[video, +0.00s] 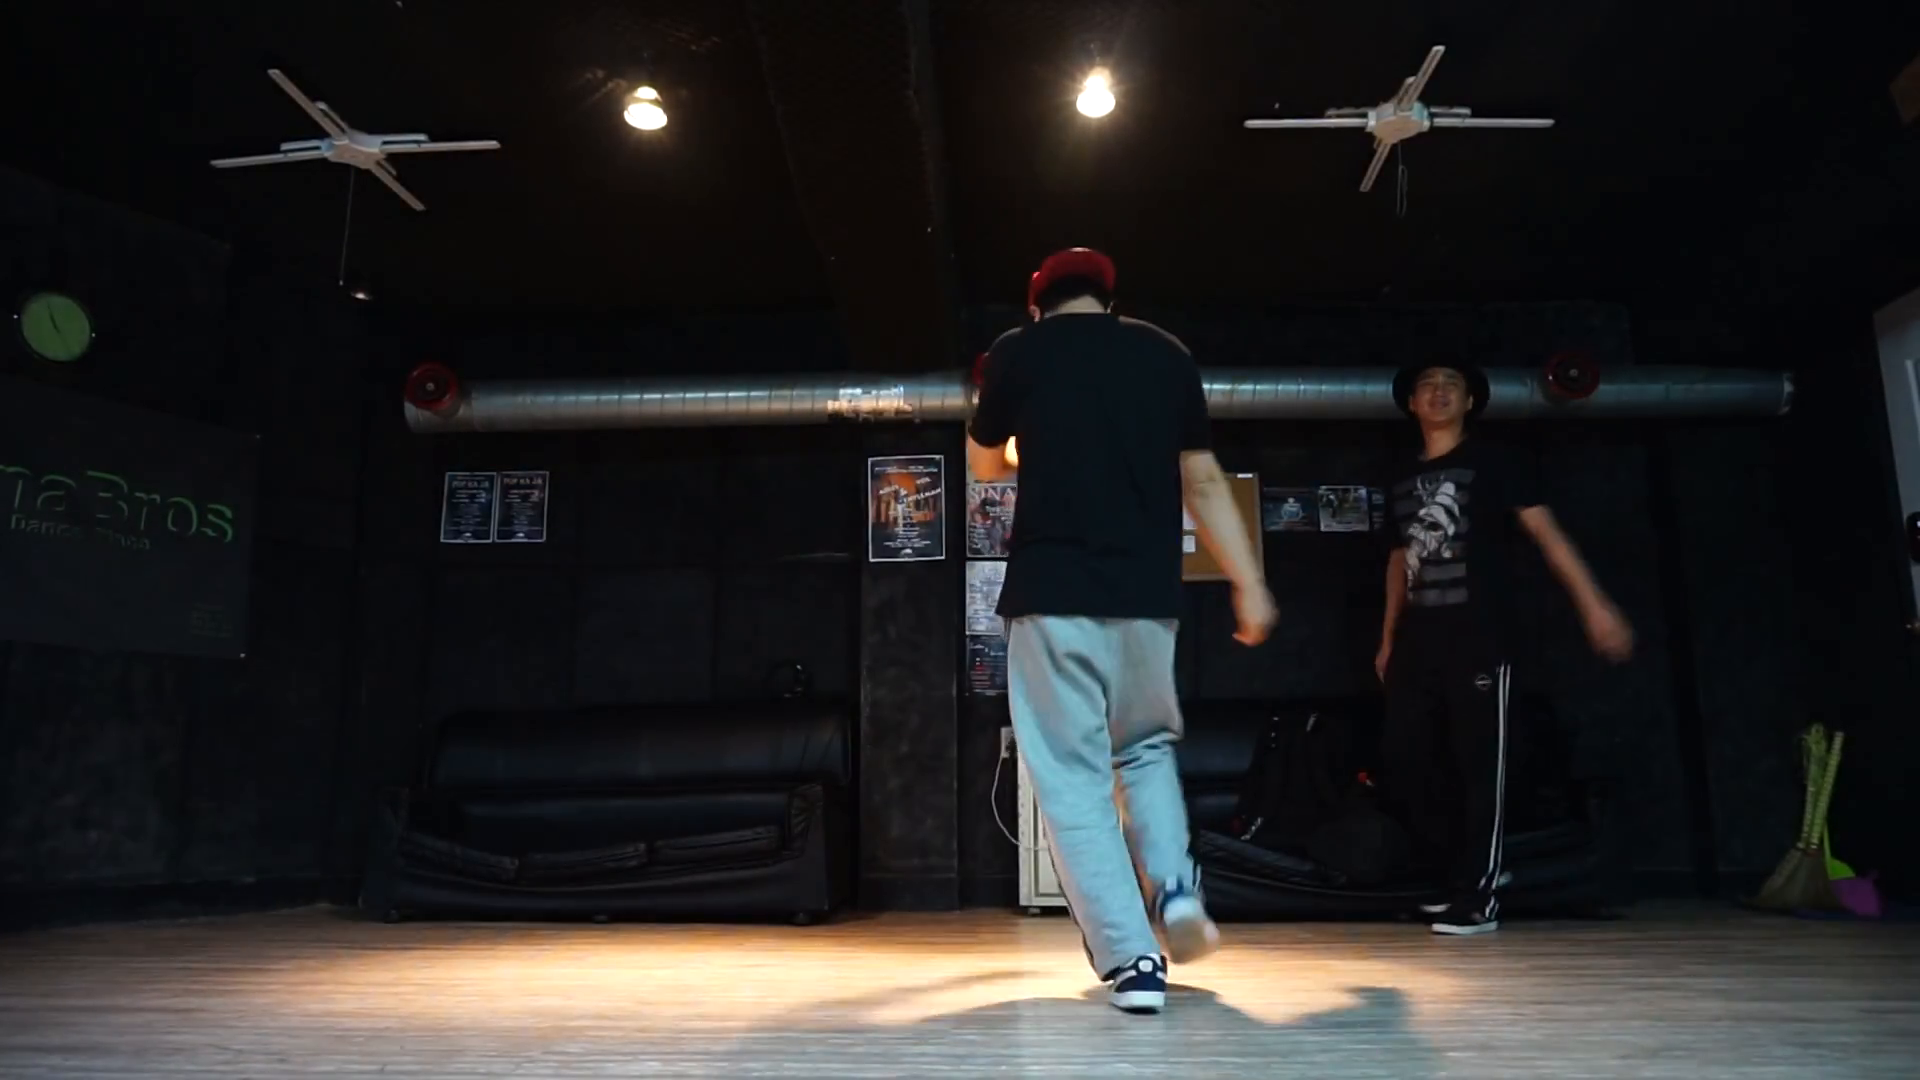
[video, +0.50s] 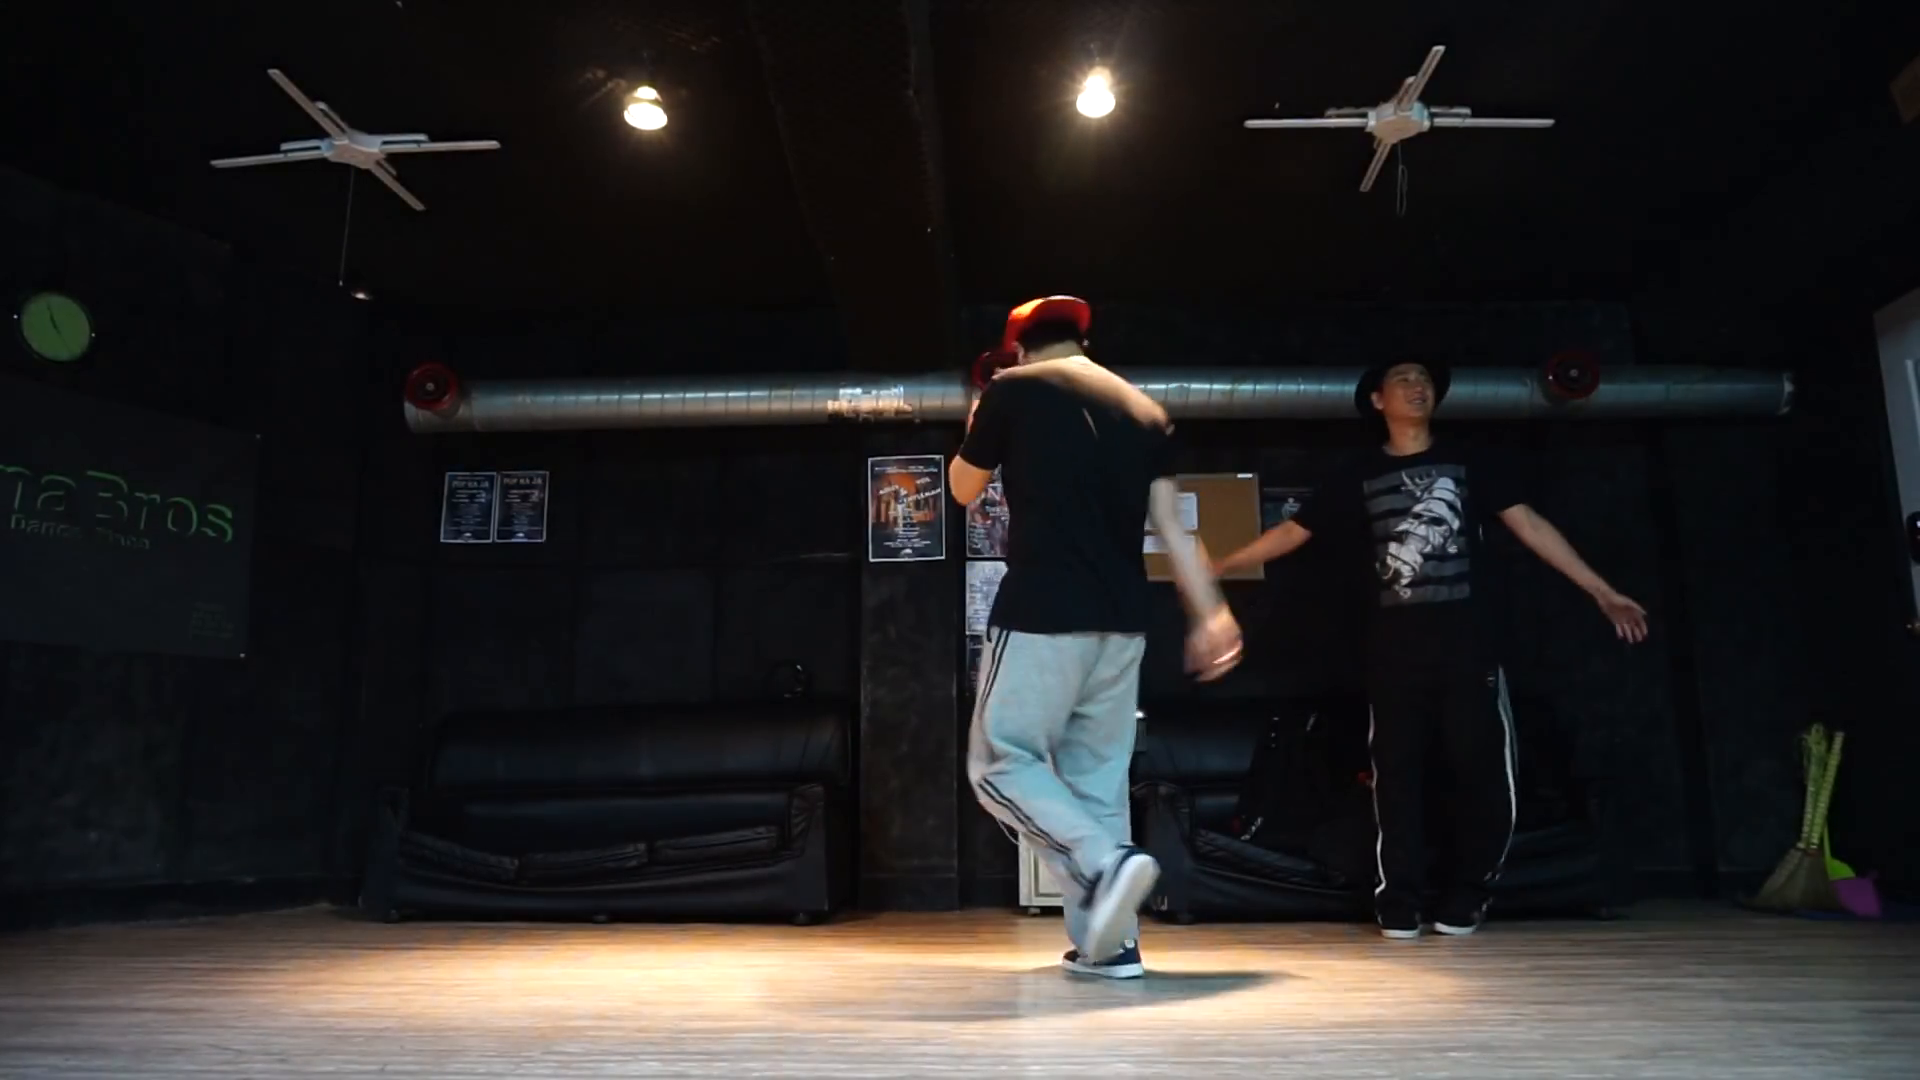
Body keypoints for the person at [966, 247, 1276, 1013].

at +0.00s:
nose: (1038, 320)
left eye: (1034, 309)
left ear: (1037, 307)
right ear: (1110, 299)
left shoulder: (1015, 355)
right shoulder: (1167, 356)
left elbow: (987, 461)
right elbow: (1202, 479)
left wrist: (1035, 433)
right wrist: (1247, 582)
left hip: (1051, 595)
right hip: (1147, 594)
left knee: (1073, 781)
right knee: (1148, 746)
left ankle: (1131, 962)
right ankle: (1176, 888)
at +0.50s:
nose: (1013, 363)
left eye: (1013, 355)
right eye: (1017, 356)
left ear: (1024, 350)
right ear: (1082, 343)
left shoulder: (1013, 390)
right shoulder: (1143, 409)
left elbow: (964, 487)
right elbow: (1172, 523)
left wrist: (988, 415)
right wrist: (1210, 611)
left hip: (1044, 614)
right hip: (1124, 618)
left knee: (1002, 762)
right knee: (1101, 777)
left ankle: (1104, 867)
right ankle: (1110, 944)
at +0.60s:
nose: (998, 362)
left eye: (998, 354)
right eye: (1000, 354)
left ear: (1006, 347)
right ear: (1068, 340)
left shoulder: (1013, 387)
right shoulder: (1116, 404)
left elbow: (959, 485)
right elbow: (1116, 516)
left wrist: (989, 414)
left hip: (1037, 608)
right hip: (1109, 615)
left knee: (981, 750)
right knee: (1092, 780)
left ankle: (1068, 875)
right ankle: (1112, 945)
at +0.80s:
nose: (966, 371)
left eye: (964, 360)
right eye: (964, 361)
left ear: (976, 350)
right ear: (1030, 342)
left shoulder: (998, 399)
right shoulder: (1068, 399)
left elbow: (942, 488)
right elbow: (1005, 499)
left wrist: (978, 414)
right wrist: (944, 570)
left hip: (1018, 610)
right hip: (1084, 608)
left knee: (968, 766)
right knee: (1080, 772)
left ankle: (998, 926)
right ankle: (1109, 939)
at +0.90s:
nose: (948, 389)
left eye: (945, 377)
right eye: (944, 379)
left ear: (960, 364)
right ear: (1004, 354)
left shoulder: (987, 416)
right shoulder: (1047, 412)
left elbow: (937, 514)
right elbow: (970, 519)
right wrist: (886, 563)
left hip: (998, 626)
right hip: (1060, 625)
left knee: (956, 770)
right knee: (1057, 777)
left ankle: (994, 931)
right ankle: (1104, 932)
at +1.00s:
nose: (927, 400)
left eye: (925, 386)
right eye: (922, 389)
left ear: (946, 368)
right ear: (971, 361)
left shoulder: (976, 416)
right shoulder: (1023, 415)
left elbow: (917, 508)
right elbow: (933, 529)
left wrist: (916, 481)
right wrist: (866, 575)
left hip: (977, 624)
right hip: (1028, 624)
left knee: (942, 774)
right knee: (1015, 772)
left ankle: (992, 934)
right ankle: (1083, 891)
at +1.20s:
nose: (892, 394)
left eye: (892, 380)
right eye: (888, 382)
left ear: (914, 364)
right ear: (940, 360)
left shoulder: (943, 409)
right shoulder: (978, 415)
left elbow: (872, 495)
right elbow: (919, 529)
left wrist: (818, 571)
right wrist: (853, 589)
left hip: (951, 622)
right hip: (961, 618)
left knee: (938, 777)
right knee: (879, 739)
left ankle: (996, 932)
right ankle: (992, 834)